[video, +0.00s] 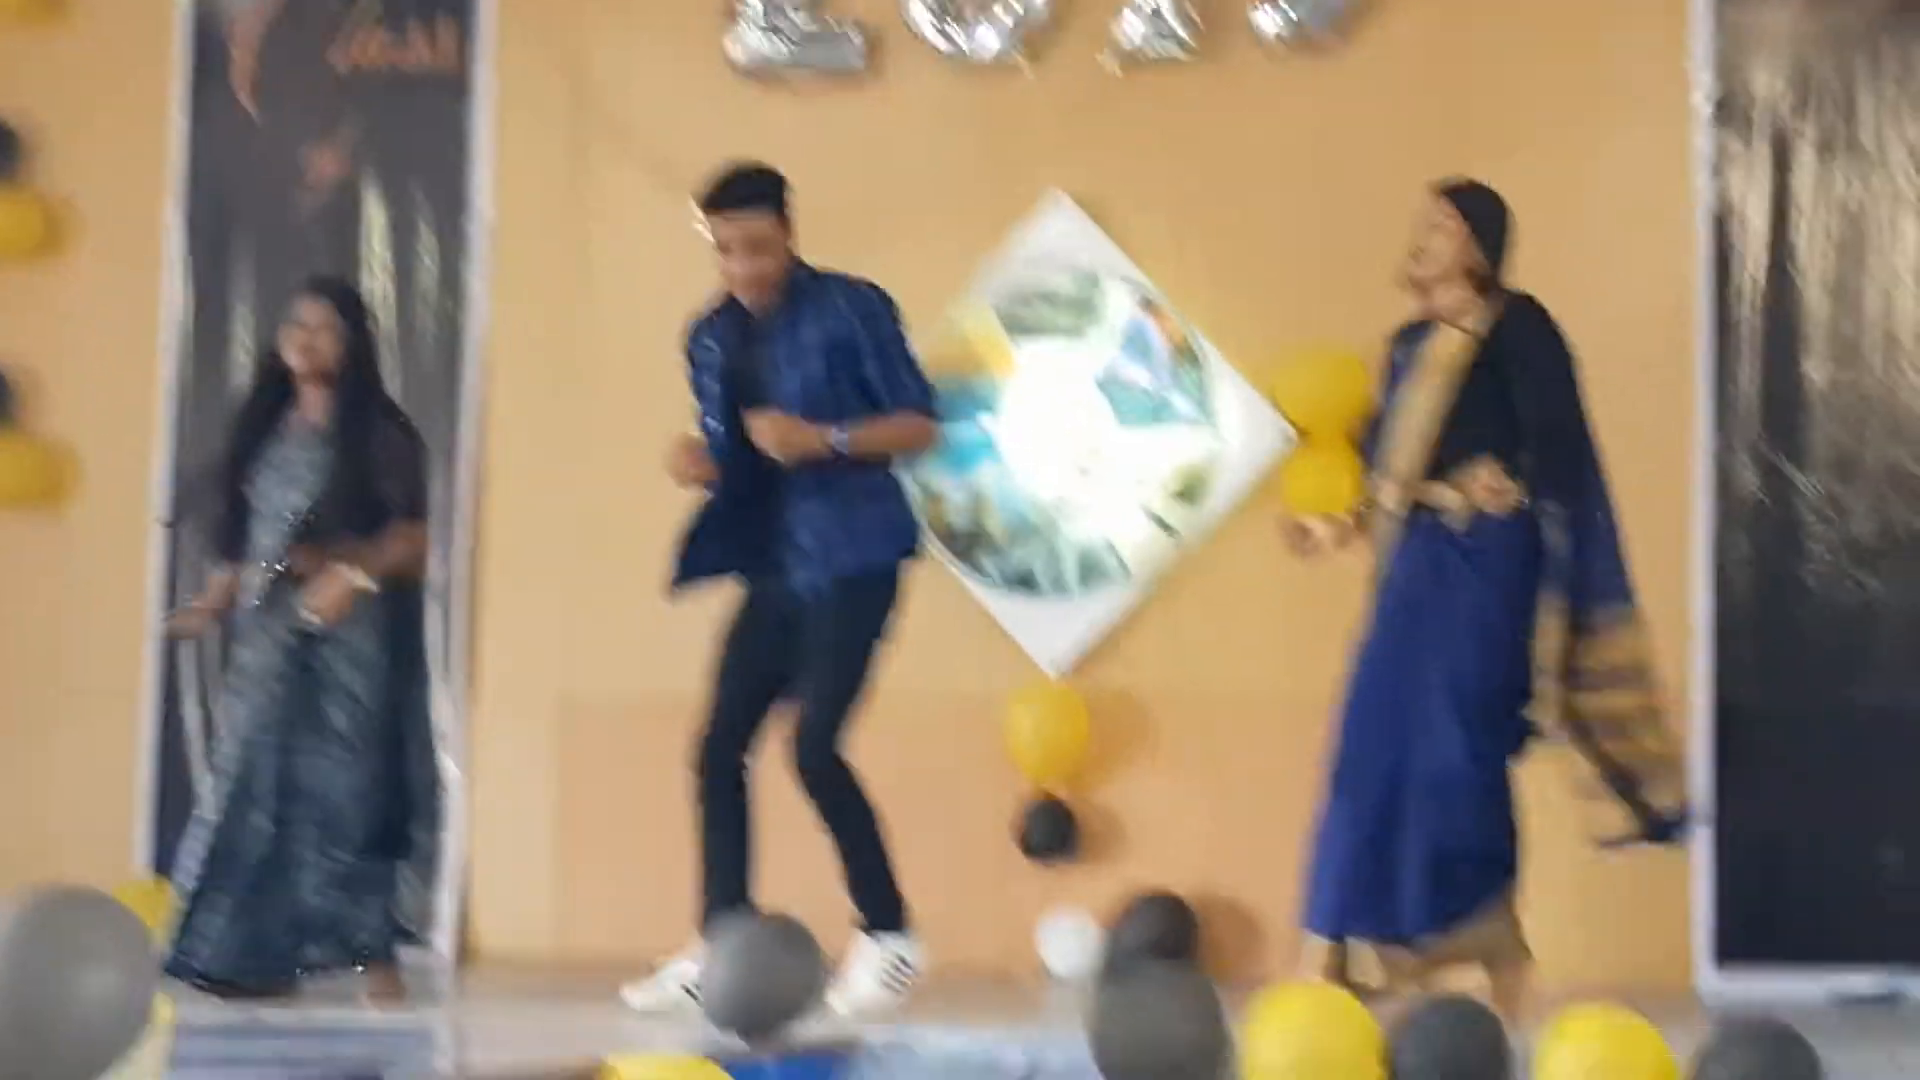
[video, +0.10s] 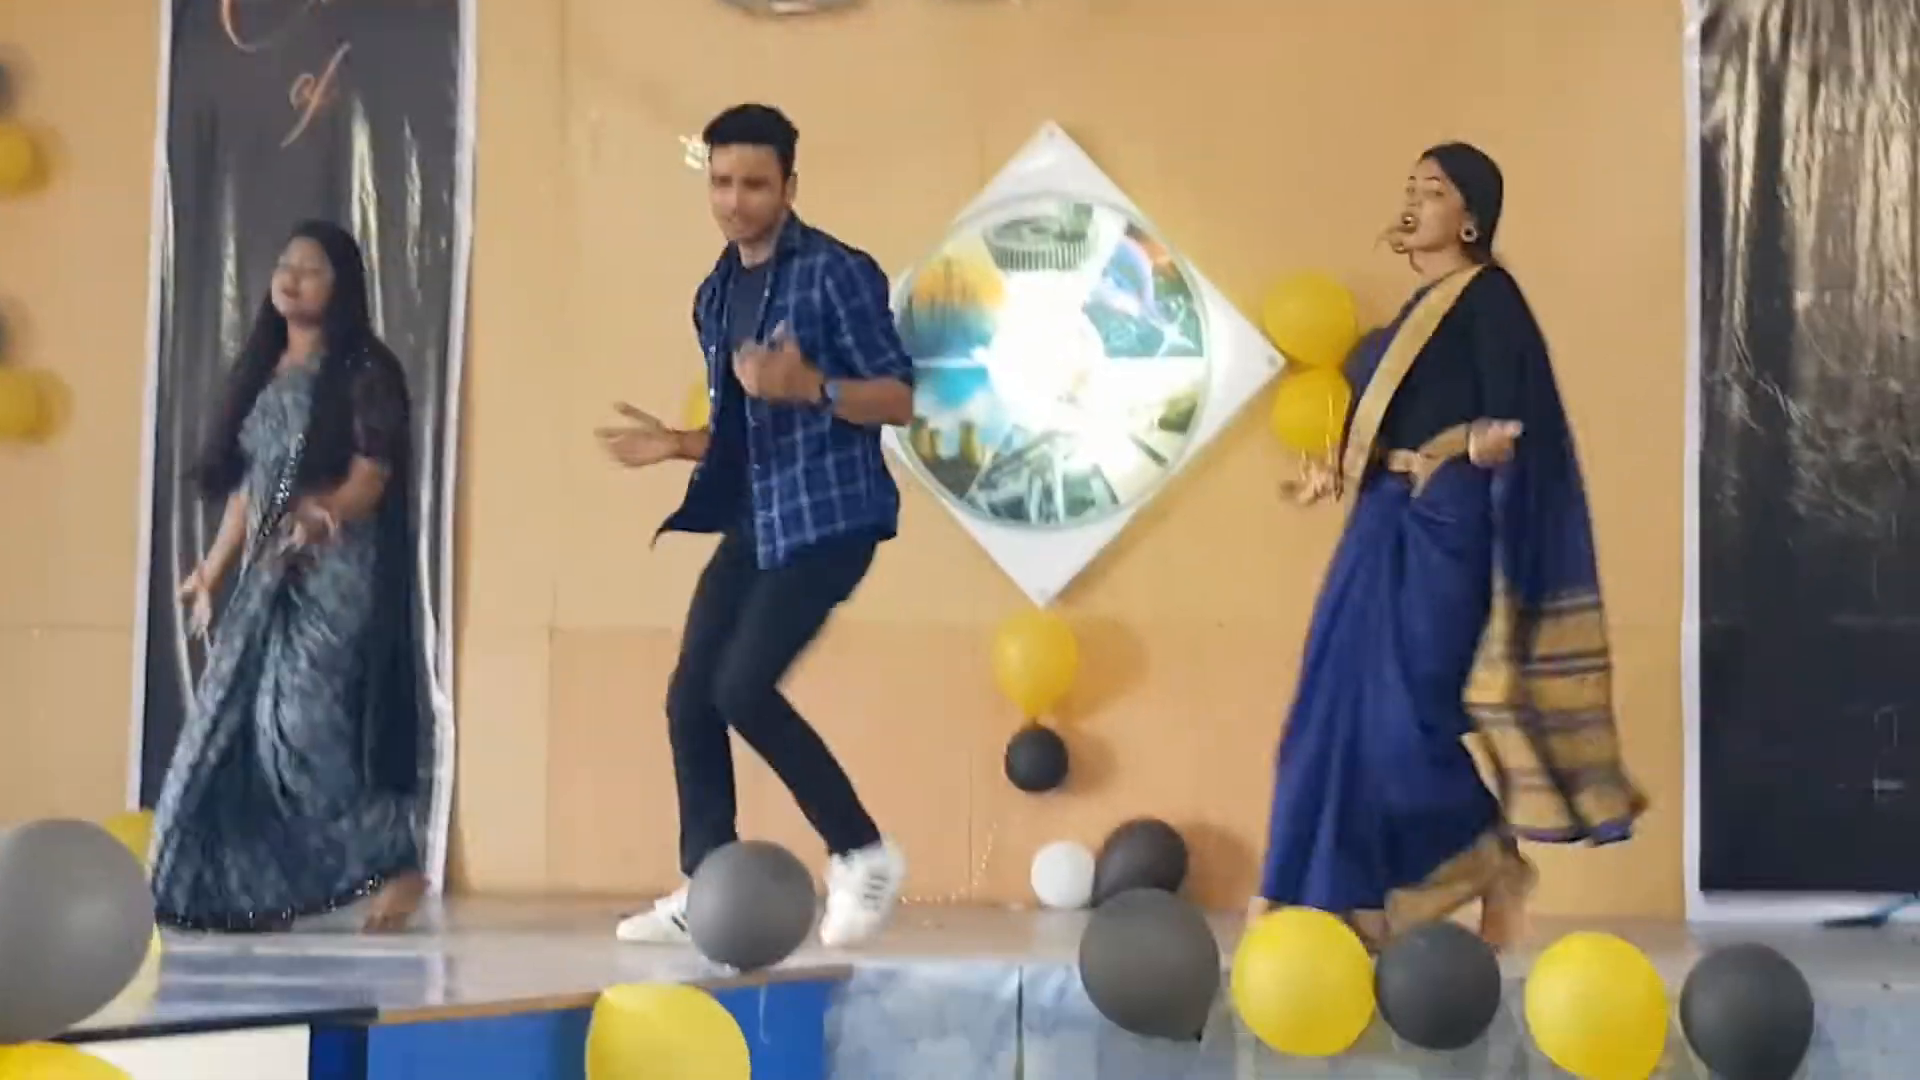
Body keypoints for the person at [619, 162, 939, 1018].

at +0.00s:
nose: (741, 266)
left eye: (756, 246)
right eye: (726, 249)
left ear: (788, 236)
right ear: (711, 248)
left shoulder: (853, 308)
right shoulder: (714, 334)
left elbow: (916, 424)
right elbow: (734, 451)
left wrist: (821, 439)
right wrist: (695, 461)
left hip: (857, 568)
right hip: (779, 574)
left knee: (815, 750)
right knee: (720, 752)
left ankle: (889, 940)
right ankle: (725, 946)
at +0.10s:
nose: (734, 200)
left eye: (753, 184)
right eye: (721, 182)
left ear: (790, 186)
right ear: (707, 189)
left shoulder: (840, 274)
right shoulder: (717, 295)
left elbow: (901, 399)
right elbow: (744, 437)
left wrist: (813, 388)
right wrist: (675, 442)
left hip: (834, 519)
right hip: (756, 524)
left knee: (741, 688)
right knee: (689, 700)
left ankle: (865, 857)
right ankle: (710, 893)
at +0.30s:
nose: (776, 81)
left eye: (799, 72)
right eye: (774, 65)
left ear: (841, 94)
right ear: (770, 75)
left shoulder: (855, 184)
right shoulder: (774, 175)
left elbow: (877, 323)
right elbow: (778, 301)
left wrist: (828, 272)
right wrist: (702, 303)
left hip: (830, 432)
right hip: (771, 428)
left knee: (731, 602)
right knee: (707, 619)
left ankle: (899, 715)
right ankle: (706, 819)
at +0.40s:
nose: (810, 58)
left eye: (833, 50)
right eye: (814, 43)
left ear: (879, 79)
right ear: (820, 59)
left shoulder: (879, 161)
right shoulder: (822, 151)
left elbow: (878, 302)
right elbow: (815, 275)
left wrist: (830, 237)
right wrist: (752, 261)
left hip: (835, 420)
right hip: (789, 417)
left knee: (772, 610)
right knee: (727, 611)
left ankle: (950, 747)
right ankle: (704, 812)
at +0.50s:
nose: (846, 80)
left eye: (868, 72)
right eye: (851, 65)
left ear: (915, 98)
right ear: (876, 85)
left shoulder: (907, 177)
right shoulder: (867, 179)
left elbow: (875, 320)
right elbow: (826, 317)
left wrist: (834, 241)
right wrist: (779, 289)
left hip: (860, 451)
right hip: (824, 451)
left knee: (850, 648)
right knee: (743, 622)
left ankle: (996, 806)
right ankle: (699, 822)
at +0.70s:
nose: (912, 63)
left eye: (933, 54)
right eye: (917, 48)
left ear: (982, 79)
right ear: (972, 80)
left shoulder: (966, 151)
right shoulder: (970, 154)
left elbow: (933, 292)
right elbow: (940, 293)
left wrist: (867, 226)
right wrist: (878, 237)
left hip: (943, 423)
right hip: (937, 425)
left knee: (906, 625)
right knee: (831, 589)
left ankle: (1000, 824)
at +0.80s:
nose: (947, 46)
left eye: (969, 36)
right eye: (952, 30)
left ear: (1016, 63)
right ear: (998, 62)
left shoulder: (1004, 139)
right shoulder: (999, 136)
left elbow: (975, 276)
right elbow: (984, 281)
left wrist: (906, 201)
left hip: (980, 407)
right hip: (968, 406)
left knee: (937, 605)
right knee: (932, 603)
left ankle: (999, 823)